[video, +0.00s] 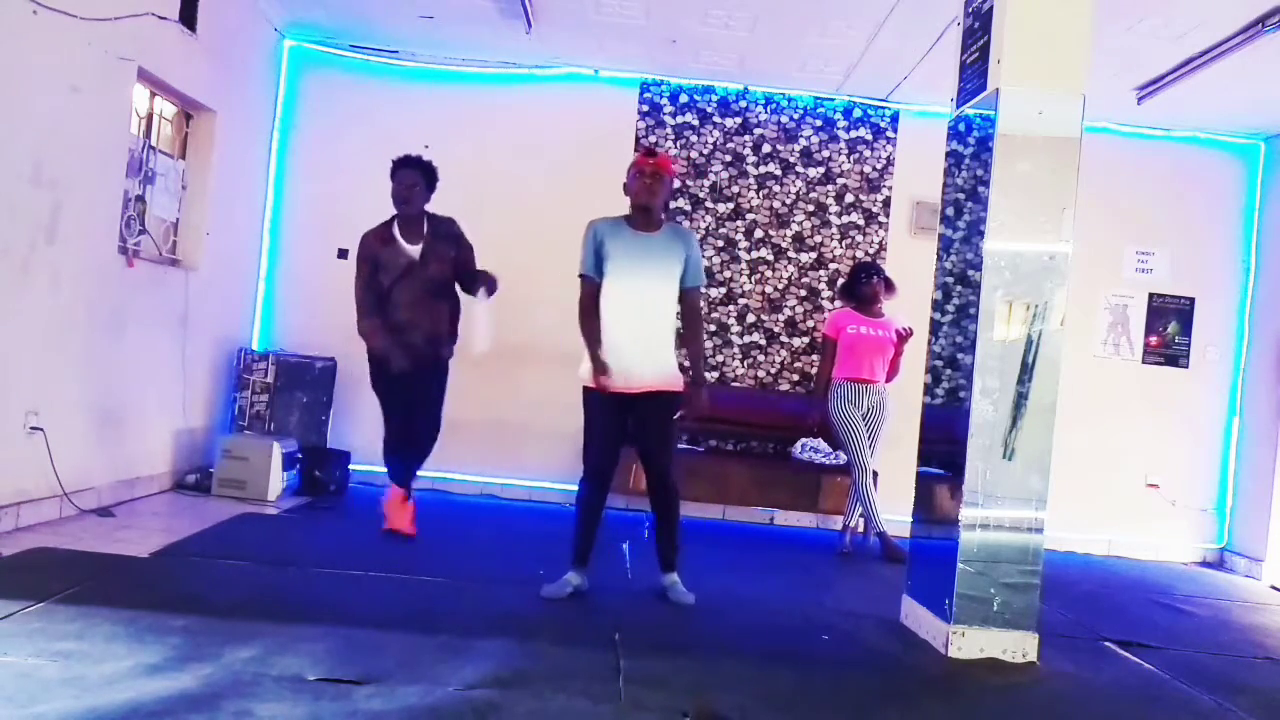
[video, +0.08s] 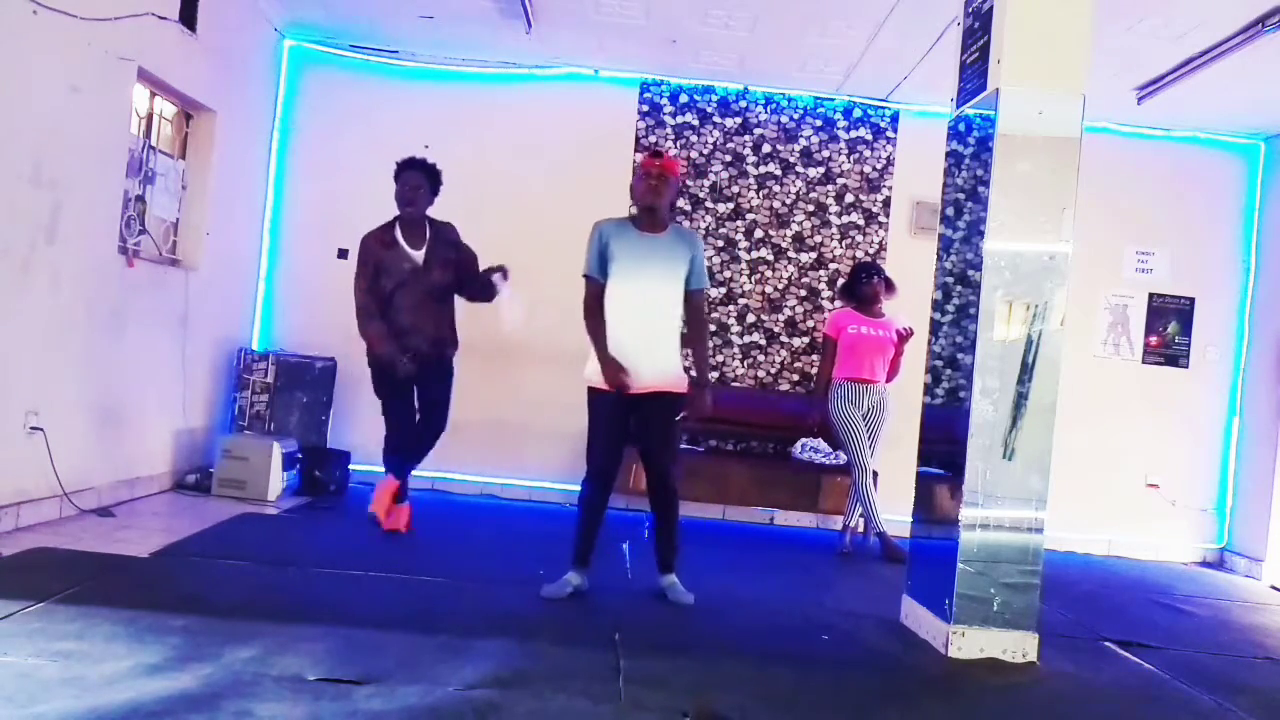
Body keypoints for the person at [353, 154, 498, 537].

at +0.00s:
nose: (403, 193)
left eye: (412, 187)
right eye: (398, 186)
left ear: (428, 191)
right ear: (391, 190)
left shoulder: (449, 232)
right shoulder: (373, 241)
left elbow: (466, 278)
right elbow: (365, 305)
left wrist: (482, 283)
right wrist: (384, 348)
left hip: (433, 352)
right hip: (390, 352)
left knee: (427, 426)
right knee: (398, 423)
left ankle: (397, 491)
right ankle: (403, 499)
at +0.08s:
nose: (409, 195)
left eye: (417, 189)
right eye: (403, 188)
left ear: (432, 194)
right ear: (394, 192)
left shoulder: (447, 238)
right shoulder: (375, 243)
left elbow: (468, 286)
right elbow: (365, 307)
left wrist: (490, 283)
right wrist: (390, 354)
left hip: (436, 352)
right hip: (391, 352)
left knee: (434, 423)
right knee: (400, 424)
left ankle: (391, 484)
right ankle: (400, 501)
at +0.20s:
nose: (415, 186)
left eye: (424, 180)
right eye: (409, 179)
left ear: (438, 187)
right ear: (400, 183)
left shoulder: (451, 233)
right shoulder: (377, 229)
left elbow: (468, 291)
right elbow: (366, 292)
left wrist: (499, 295)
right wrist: (384, 341)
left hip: (432, 346)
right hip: (387, 343)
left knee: (427, 419)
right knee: (385, 419)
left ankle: (436, 499)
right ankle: (381, 494)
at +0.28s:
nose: (417, 188)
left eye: (426, 181)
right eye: (412, 180)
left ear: (440, 189)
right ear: (402, 184)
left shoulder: (452, 239)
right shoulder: (378, 228)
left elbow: (467, 298)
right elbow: (362, 289)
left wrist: (496, 315)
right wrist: (386, 336)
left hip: (430, 353)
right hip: (383, 347)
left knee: (423, 428)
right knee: (379, 422)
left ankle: (432, 505)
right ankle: (362, 493)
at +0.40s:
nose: (414, 192)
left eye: (423, 185)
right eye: (408, 185)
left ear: (438, 192)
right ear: (400, 189)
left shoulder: (452, 246)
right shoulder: (380, 223)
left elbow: (453, 309)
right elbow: (362, 281)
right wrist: (379, 329)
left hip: (419, 354)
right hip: (376, 348)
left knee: (413, 429)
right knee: (371, 426)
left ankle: (412, 502)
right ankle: (342, 499)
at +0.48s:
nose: (411, 195)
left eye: (420, 188)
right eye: (406, 188)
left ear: (436, 193)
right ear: (399, 191)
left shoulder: (451, 246)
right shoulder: (384, 221)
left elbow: (440, 313)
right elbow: (364, 282)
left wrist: (404, 359)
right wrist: (380, 335)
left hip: (420, 354)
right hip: (375, 346)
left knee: (405, 426)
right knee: (367, 422)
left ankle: (391, 495)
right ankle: (361, 501)